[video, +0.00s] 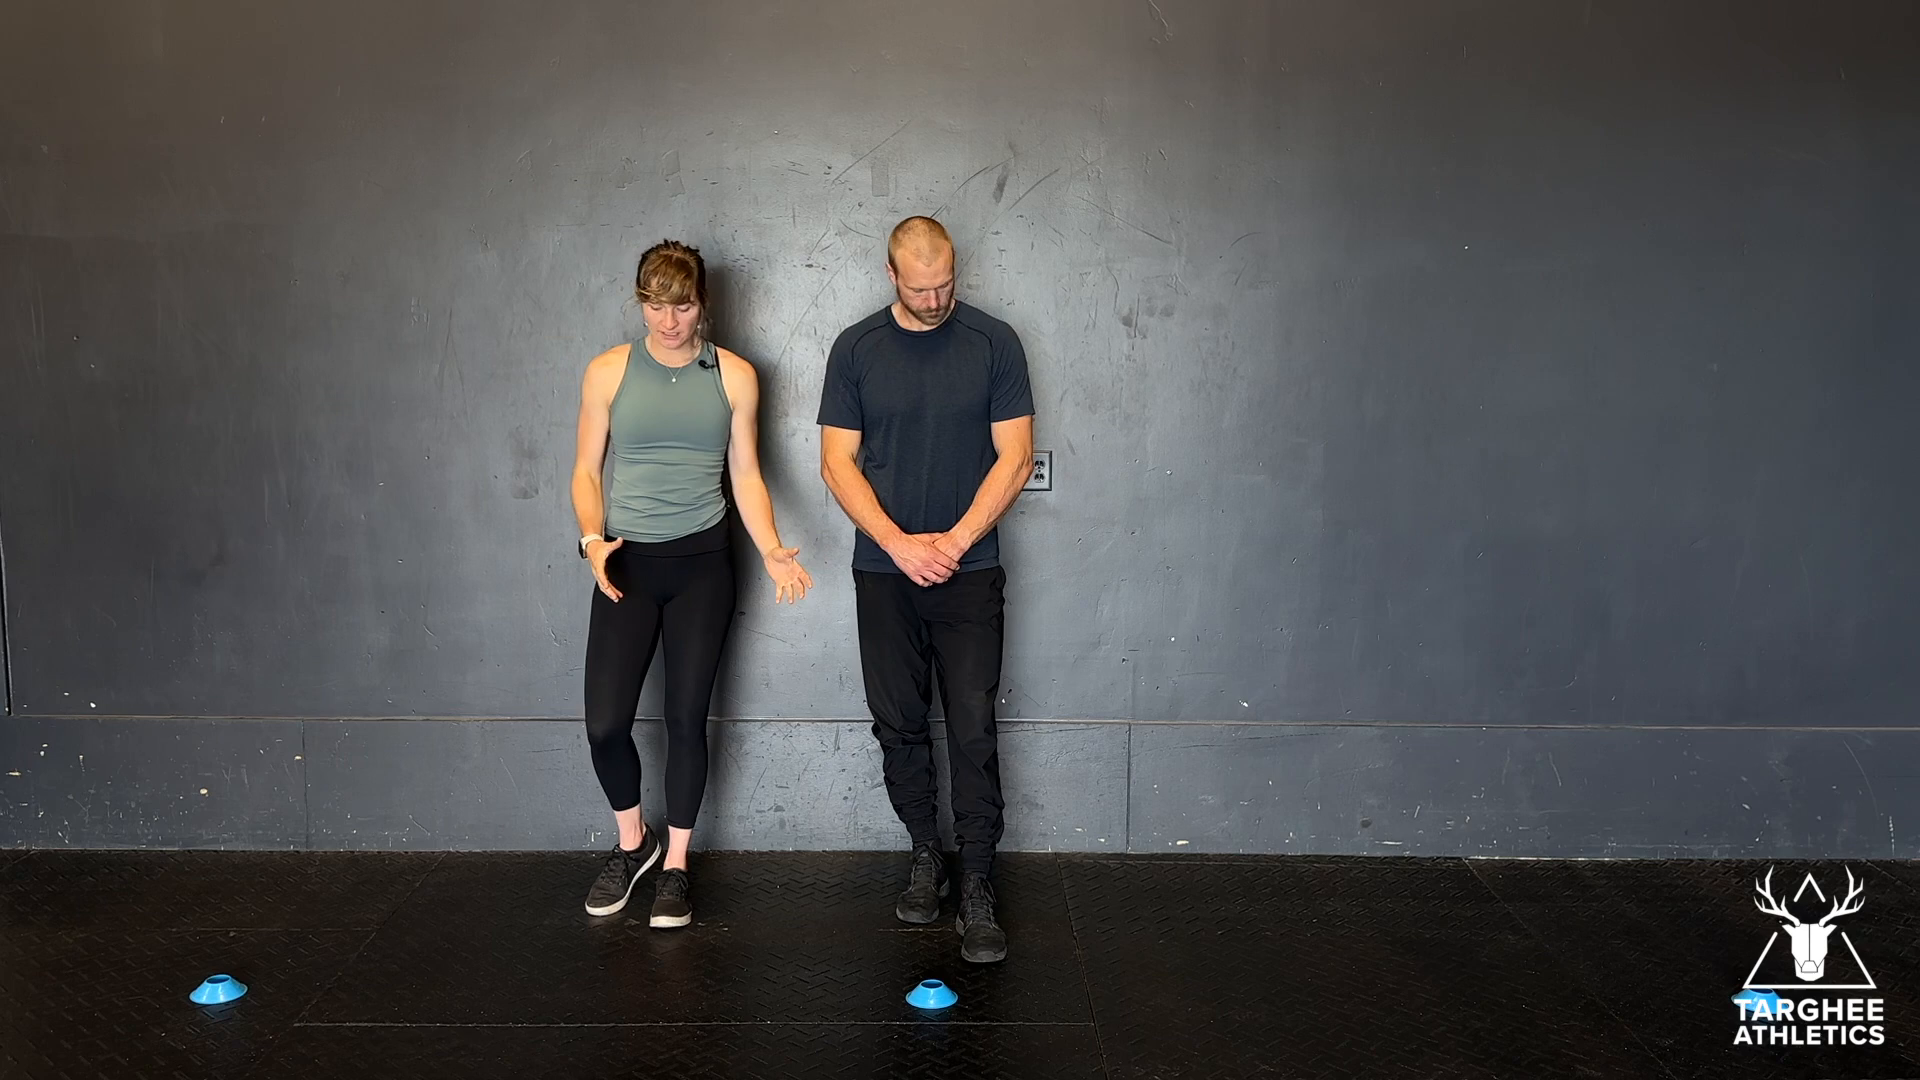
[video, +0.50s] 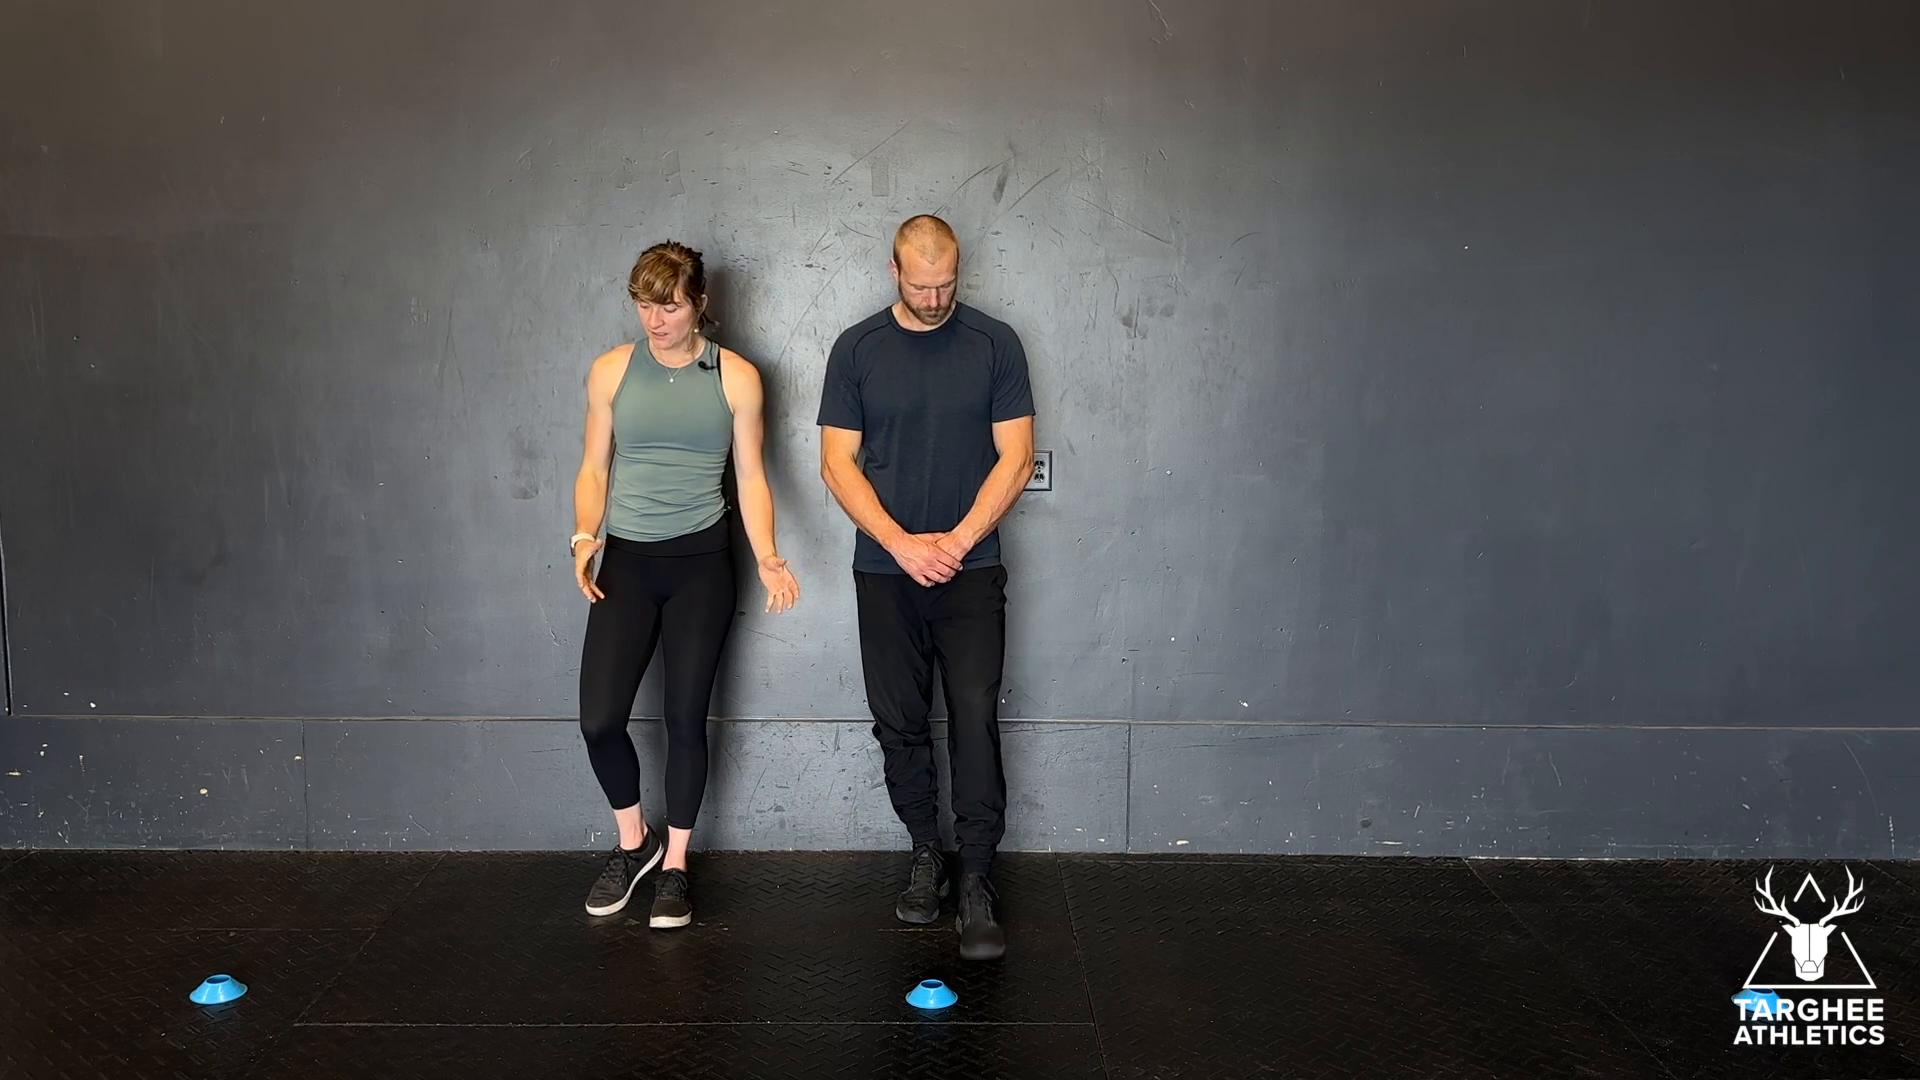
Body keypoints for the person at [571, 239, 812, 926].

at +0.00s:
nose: (672, 321)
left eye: (684, 308)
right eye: (660, 308)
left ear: (702, 304)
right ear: (641, 303)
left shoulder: (734, 375)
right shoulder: (609, 372)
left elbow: (746, 473)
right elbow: (587, 470)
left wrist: (773, 551)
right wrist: (593, 539)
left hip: (704, 563)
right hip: (626, 564)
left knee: (686, 717)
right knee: (605, 722)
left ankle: (675, 867)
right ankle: (635, 846)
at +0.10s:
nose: (667, 321)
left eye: (680, 308)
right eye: (656, 307)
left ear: (700, 305)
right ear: (639, 304)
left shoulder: (735, 376)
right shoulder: (609, 371)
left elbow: (746, 474)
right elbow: (590, 469)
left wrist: (771, 553)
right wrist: (593, 540)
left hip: (703, 563)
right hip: (625, 563)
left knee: (686, 716)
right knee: (607, 723)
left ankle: (675, 867)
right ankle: (635, 844)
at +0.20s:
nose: (663, 321)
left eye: (676, 308)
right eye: (653, 307)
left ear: (700, 305)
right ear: (638, 303)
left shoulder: (735, 377)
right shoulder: (610, 371)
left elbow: (746, 474)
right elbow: (591, 468)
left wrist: (769, 554)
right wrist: (593, 540)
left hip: (703, 562)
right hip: (626, 562)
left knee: (685, 717)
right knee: (606, 722)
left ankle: (675, 866)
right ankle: (636, 844)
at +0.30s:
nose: (660, 320)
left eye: (673, 307)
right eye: (650, 306)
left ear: (700, 304)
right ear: (636, 303)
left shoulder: (736, 377)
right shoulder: (610, 371)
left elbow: (748, 474)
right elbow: (592, 467)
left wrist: (768, 555)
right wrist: (592, 539)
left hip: (703, 561)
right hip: (625, 562)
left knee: (686, 716)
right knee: (604, 720)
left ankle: (675, 865)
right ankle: (634, 845)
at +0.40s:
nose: (655, 318)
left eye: (669, 305)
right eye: (646, 305)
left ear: (699, 304)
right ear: (635, 304)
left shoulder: (736, 377)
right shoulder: (611, 370)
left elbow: (749, 475)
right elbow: (594, 468)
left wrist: (768, 556)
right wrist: (590, 536)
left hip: (703, 561)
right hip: (625, 562)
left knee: (686, 716)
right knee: (601, 718)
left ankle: (675, 865)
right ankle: (634, 843)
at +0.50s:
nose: (654, 319)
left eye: (667, 306)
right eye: (646, 305)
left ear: (698, 304)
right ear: (635, 305)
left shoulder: (736, 377)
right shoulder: (612, 369)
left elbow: (751, 475)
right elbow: (594, 467)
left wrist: (768, 557)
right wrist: (585, 538)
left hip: (703, 560)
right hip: (624, 561)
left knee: (686, 716)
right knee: (600, 719)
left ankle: (675, 866)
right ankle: (636, 843)